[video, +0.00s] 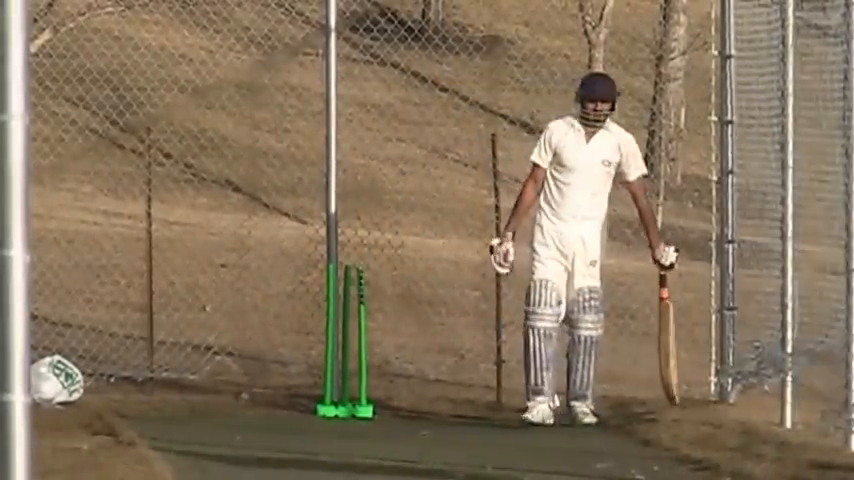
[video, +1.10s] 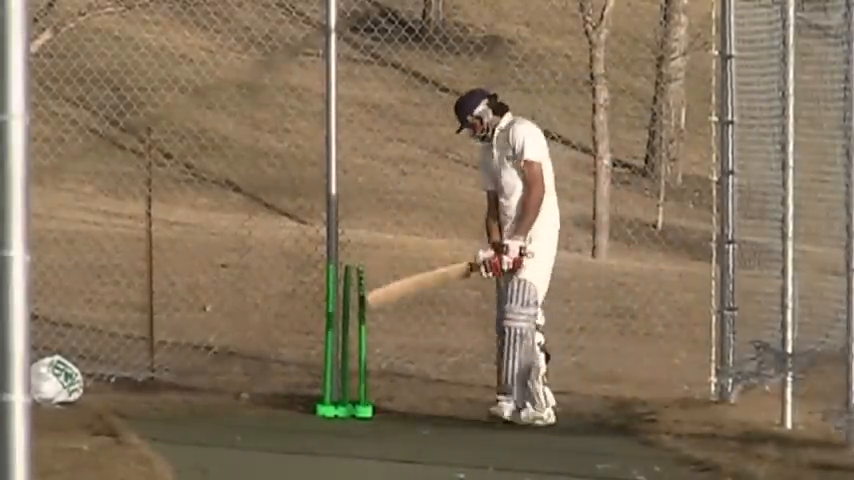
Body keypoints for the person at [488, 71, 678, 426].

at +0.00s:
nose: (596, 109)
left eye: (603, 103)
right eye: (590, 102)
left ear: (613, 105)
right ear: (578, 101)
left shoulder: (621, 142)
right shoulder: (557, 132)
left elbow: (639, 197)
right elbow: (532, 185)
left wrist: (656, 245)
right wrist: (508, 233)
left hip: (589, 245)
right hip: (549, 241)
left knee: (587, 322)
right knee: (542, 318)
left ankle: (580, 402)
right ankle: (540, 401)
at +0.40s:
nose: (574, 105)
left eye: (581, 99)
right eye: (568, 99)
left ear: (593, 101)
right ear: (559, 101)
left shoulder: (605, 139)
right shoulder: (551, 137)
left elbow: (603, 196)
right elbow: (543, 194)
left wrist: (602, 248)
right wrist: (520, 232)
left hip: (582, 248)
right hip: (545, 244)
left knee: (586, 322)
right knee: (523, 315)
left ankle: (582, 401)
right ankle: (532, 395)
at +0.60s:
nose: (558, 107)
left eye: (564, 100)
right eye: (550, 101)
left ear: (576, 99)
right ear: (542, 103)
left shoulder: (591, 135)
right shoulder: (535, 142)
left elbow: (587, 186)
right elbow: (527, 194)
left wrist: (564, 231)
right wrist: (519, 234)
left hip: (577, 247)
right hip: (537, 247)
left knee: (582, 320)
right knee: (525, 320)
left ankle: (582, 402)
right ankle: (539, 404)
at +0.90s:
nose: (507, 115)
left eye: (511, 107)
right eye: (501, 111)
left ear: (524, 101)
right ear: (497, 113)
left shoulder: (555, 131)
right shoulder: (502, 144)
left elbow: (558, 188)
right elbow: (501, 197)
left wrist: (526, 228)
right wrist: (501, 231)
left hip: (551, 243)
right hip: (518, 245)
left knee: (554, 318)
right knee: (521, 322)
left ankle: (565, 396)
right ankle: (537, 399)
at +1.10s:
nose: (473, 131)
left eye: (473, 123)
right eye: (468, 127)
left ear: (486, 113)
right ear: (475, 122)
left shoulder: (522, 132)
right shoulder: (489, 149)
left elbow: (536, 188)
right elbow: (493, 205)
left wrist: (517, 239)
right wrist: (495, 245)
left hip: (533, 243)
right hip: (511, 246)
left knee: (518, 319)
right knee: (511, 320)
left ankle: (534, 402)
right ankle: (515, 398)